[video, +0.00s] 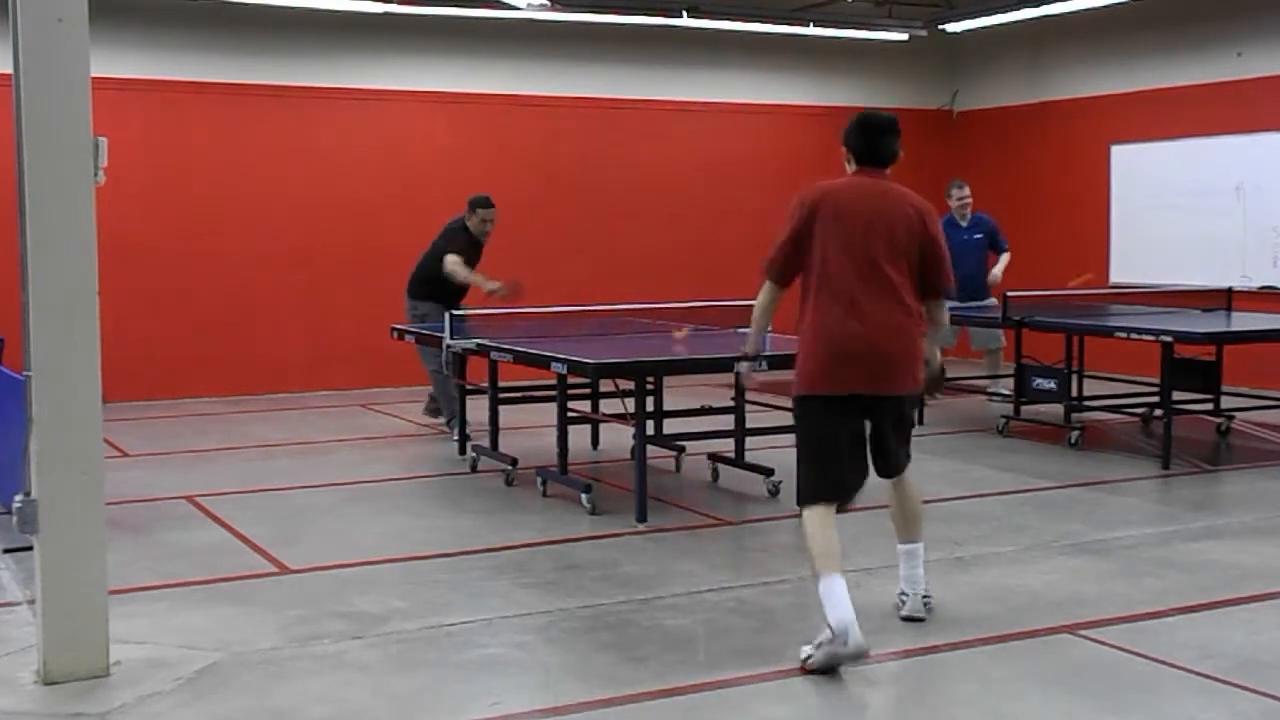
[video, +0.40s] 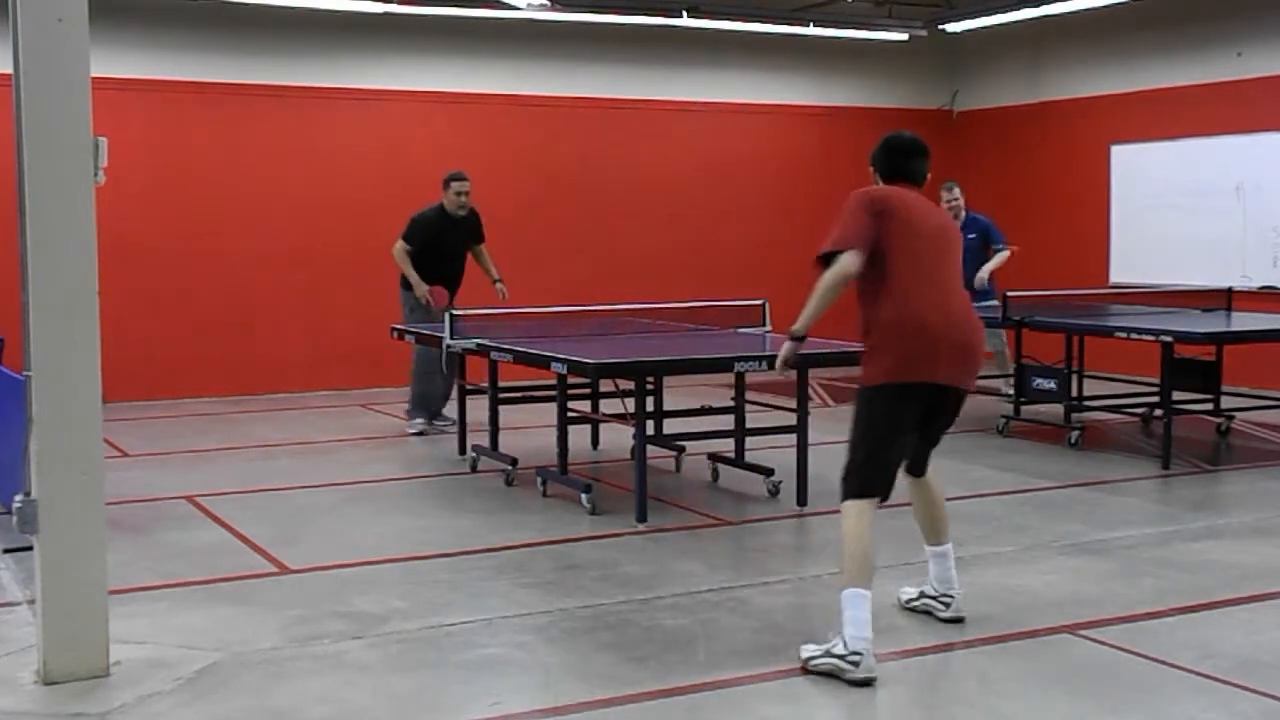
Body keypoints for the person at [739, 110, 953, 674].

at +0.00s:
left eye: (844, 148)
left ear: (847, 154)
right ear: (897, 156)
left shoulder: (817, 201)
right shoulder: (918, 211)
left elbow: (775, 280)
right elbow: (937, 301)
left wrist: (752, 344)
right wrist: (935, 352)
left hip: (824, 365)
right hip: (895, 365)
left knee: (817, 498)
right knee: (898, 472)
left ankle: (841, 625)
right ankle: (914, 593)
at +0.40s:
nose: (868, 179)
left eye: (869, 170)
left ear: (876, 171)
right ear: (924, 176)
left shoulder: (872, 199)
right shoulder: (945, 220)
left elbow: (848, 264)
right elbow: (949, 292)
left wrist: (795, 334)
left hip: (899, 358)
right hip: (960, 357)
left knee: (860, 495)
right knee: (918, 467)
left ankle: (855, 645)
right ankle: (944, 591)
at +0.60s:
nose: (882, 175)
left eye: (882, 168)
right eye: (884, 168)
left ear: (889, 169)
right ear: (936, 168)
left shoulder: (903, 191)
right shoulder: (950, 205)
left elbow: (919, 246)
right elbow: (922, 267)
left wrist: (853, 329)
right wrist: (855, 286)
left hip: (941, 352)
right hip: (986, 351)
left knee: (899, 482)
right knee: (927, 471)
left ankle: (911, 640)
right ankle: (944, 590)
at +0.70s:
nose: (890, 170)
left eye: (890, 163)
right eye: (892, 163)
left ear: (898, 163)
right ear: (940, 161)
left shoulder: (915, 186)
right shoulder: (956, 201)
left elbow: (932, 251)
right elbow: (904, 264)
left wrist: (874, 334)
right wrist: (838, 278)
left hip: (957, 352)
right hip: (994, 352)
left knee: (922, 489)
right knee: (932, 477)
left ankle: (971, 634)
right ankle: (940, 584)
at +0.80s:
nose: (902, 170)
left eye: (903, 162)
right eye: (904, 161)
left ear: (911, 162)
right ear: (956, 159)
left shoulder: (931, 191)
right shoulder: (967, 198)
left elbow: (941, 269)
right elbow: (924, 274)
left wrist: (881, 347)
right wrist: (852, 291)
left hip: (968, 359)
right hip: (996, 354)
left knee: (947, 502)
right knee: (931, 456)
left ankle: (1041, 628)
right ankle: (942, 590)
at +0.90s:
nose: (916, 177)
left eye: (915, 169)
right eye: (916, 170)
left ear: (925, 170)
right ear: (971, 167)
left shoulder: (941, 208)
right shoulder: (997, 215)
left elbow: (944, 294)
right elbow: (985, 296)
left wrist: (887, 365)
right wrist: (907, 317)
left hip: (978, 382)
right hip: (1018, 375)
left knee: (971, 523)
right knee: (936, 452)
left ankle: (1099, 640)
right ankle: (942, 589)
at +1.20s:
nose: (930, 168)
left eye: (932, 160)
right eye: (933, 159)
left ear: (942, 167)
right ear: (989, 169)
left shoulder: (936, 217)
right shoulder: (1015, 220)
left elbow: (927, 307)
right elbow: (1029, 304)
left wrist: (893, 386)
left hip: (962, 390)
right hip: (1015, 387)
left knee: (947, 529)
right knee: (972, 484)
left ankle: (1060, 615)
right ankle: (991, 592)